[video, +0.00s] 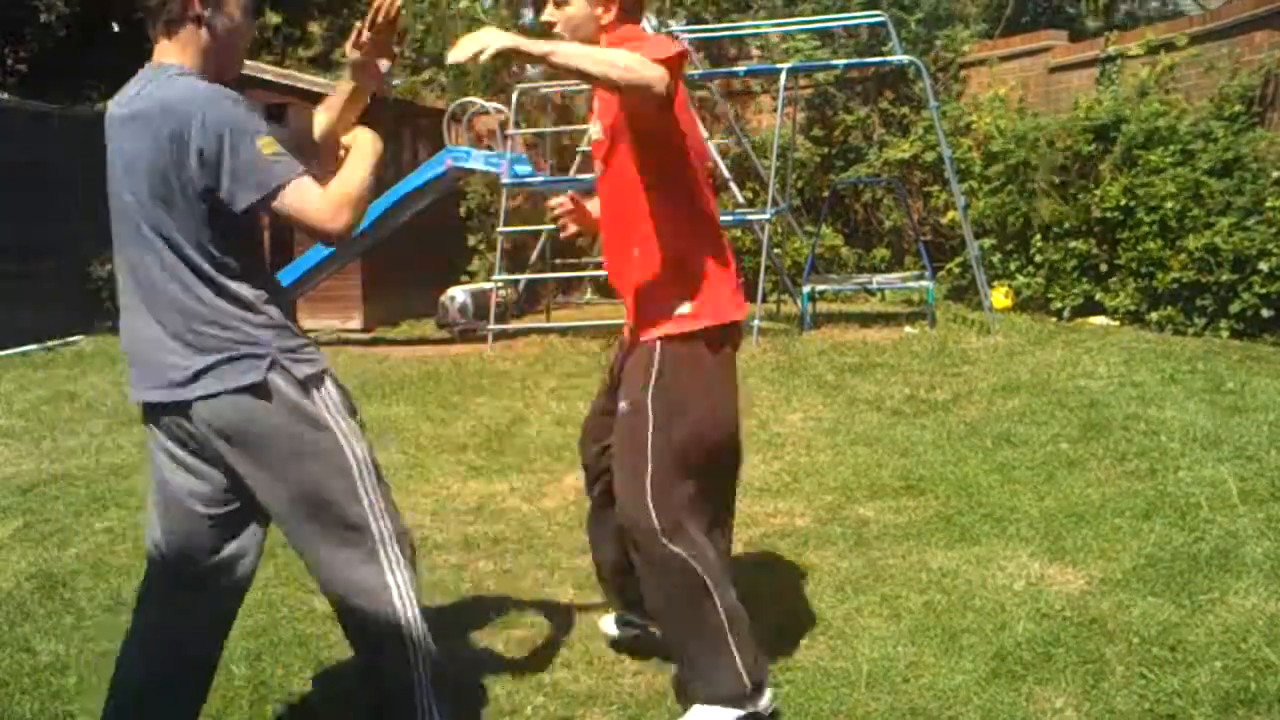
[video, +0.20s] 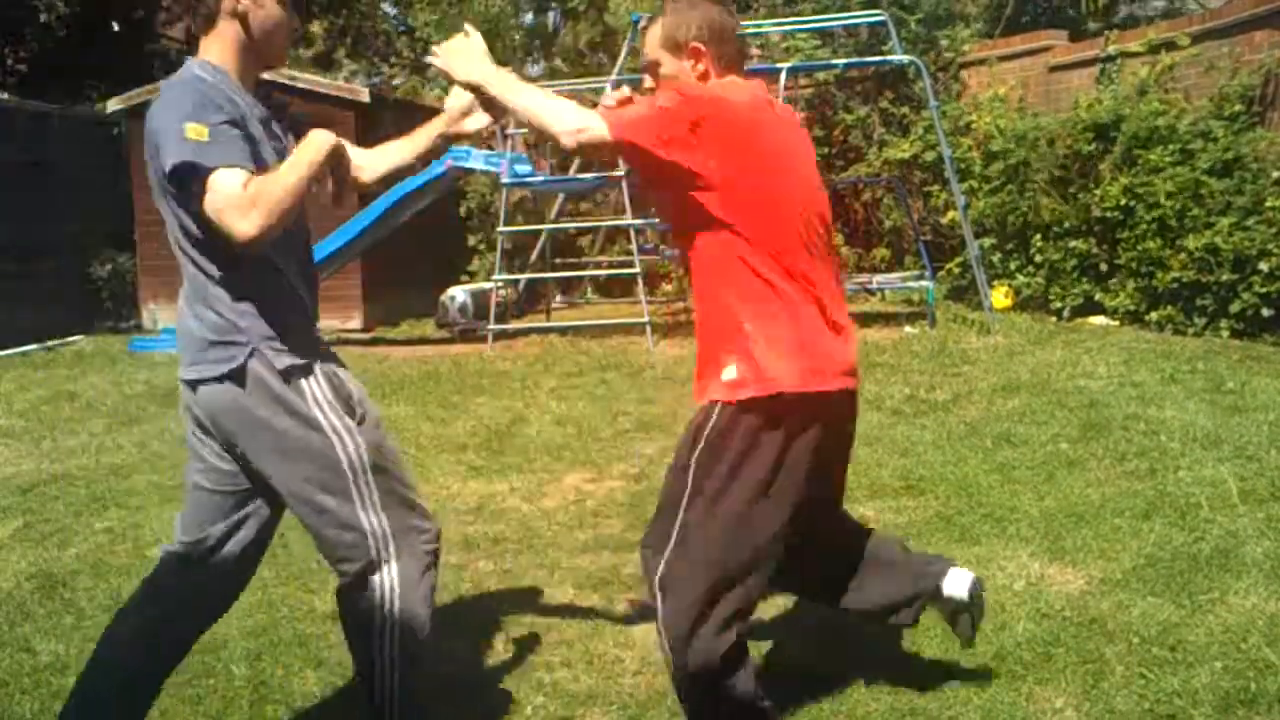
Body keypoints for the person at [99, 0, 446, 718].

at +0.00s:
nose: (250, 34)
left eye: (251, 19)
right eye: (245, 16)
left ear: (179, 17)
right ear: (201, 13)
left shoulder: (126, 108)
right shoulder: (212, 109)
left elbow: (279, 169)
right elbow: (332, 214)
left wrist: (357, 83)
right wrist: (365, 149)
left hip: (171, 382)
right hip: (256, 372)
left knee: (183, 594)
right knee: (370, 560)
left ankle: (137, 715)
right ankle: (421, 707)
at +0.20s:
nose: (298, 22)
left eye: (295, 9)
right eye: (289, 6)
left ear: (240, 15)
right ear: (241, 8)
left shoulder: (253, 108)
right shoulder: (191, 98)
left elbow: (359, 168)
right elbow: (244, 218)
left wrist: (448, 123)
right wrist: (318, 144)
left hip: (235, 365)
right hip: (265, 362)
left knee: (203, 567)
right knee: (394, 547)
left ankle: (90, 715)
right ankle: (399, 710)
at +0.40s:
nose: (364, 54)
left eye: (363, 38)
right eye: (354, 36)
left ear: (299, 36)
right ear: (301, 33)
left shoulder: (247, 116)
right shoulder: (277, 113)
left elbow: (339, 247)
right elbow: (368, 228)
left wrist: (404, 171)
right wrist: (397, 126)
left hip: (238, 388)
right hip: (291, 377)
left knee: (267, 584)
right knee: (423, 552)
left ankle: (112, 711)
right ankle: (417, 714)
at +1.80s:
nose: (370, 49)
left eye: (370, 35)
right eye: (362, 34)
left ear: (314, 34)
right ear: (318, 33)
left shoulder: (254, 114)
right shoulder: (308, 97)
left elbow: (330, 212)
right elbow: (412, 131)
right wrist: (502, 55)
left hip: (265, 338)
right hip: (328, 334)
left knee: (276, 492)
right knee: (426, 495)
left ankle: (196, 638)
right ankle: (400, 680)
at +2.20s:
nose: (345, 65)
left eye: (346, 51)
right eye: (339, 49)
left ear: (293, 42)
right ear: (298, 41)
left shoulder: (259, 107)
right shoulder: (270, 103)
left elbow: (335, 201)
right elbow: (349, 171)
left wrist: (372, 134)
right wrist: (414, 148)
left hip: (251, 333)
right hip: (289, 333)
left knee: (262, 484)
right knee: (377, 474)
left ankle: (188, 632)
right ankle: (383, 661)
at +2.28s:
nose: (341, 59)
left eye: (342, 45)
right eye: (334, 42)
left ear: (291, 37)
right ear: (292, 35)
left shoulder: (284, 111)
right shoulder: (250, 99)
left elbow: (366, 183)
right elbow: (294, 195)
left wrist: (387, 114)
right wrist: (389, 191)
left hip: (266, 327)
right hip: (281, 328)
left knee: (262, 476)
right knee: (365, 471)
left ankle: (185, 629)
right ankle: (355, 657)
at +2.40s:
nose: (341, 54)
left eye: (341, 41)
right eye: (332, 40)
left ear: (305, 42)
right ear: (288, 37)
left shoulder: (317, 105)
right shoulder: (242, 113)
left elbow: (403, 81)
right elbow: (214, 219)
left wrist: (485, 29)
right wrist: (312, 276)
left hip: (275, 334)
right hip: (282, 337)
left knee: (247, 488)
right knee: (370, 475)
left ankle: (175, 634)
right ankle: (350, 654)